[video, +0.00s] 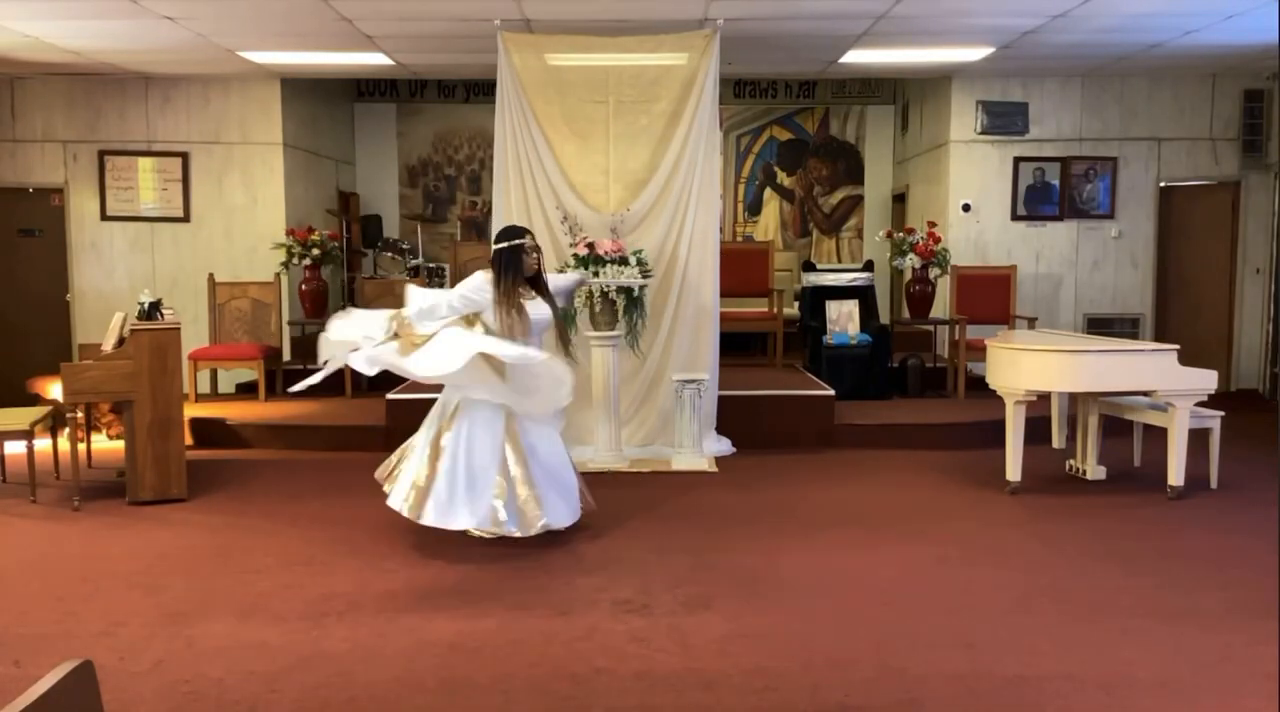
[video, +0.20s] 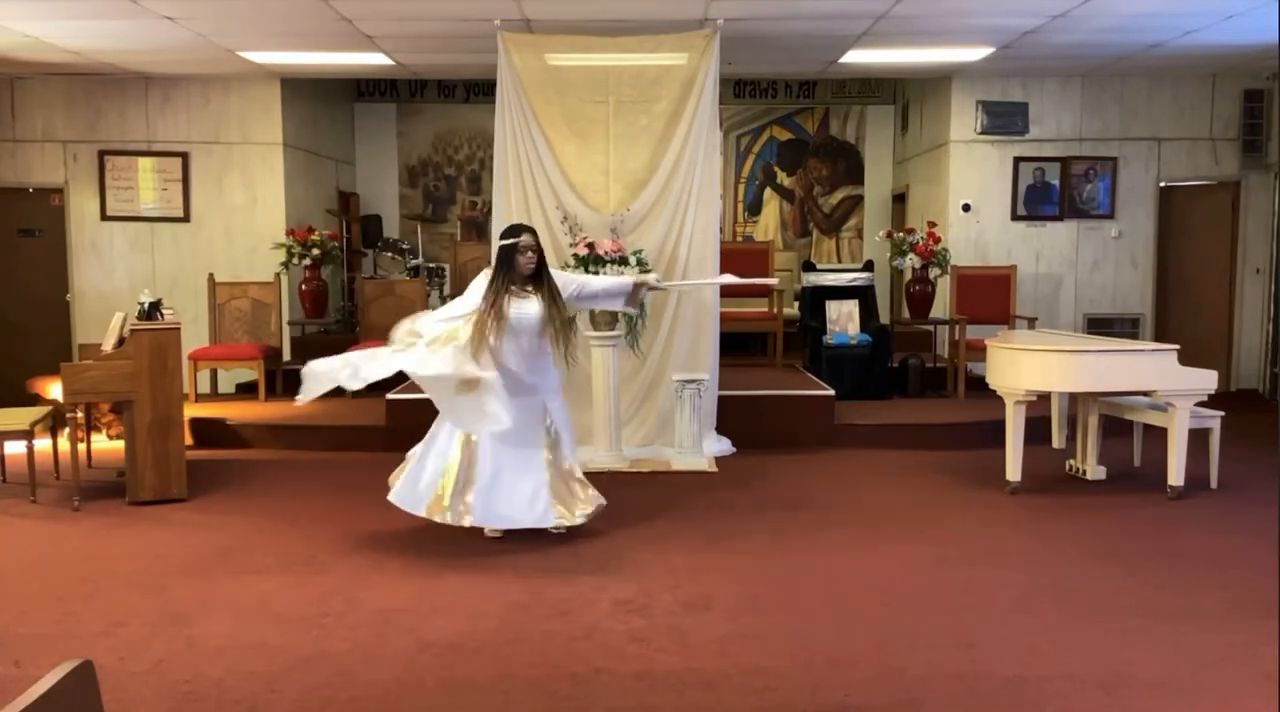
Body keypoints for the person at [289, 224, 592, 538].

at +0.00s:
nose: (536, 256)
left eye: (535, 250)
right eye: (530, 251)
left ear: (521, 255)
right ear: (513, 256)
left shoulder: (534, 286)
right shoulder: (485, 284)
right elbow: (443, 305)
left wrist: (586, 275)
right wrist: (402, 316)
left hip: (527, 383)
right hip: (488, 384)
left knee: (534, 446)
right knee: (485, 447)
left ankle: (537, 515)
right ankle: (484, 517)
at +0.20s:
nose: (531, 257)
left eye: (535, 251)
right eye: (523, 252)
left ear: (540, 254)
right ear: (506, 256)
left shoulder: (551, 285)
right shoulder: (489, 285)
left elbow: (590, 286)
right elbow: (454, 314)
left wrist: (632, 284)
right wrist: (418, 330)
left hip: (540, 380)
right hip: (497, 381)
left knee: (540, 447)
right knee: (497, 449)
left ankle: (544, 511)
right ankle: (493, 517)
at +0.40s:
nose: (513, 258)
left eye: (520, 252)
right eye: (506, 252)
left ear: (530, 257)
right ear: (496, 258)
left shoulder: (545, 292)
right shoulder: (484, 306)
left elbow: (595, 302)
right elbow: (454, 348)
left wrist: (639, 305)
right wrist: (412, 370)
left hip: (543, 388)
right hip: (499, 390)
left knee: (550, 452)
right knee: (497, 453)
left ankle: (554, 520)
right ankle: (496, 521)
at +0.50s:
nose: (500, 259)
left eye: (508, 252)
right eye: (494, 252)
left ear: (520, 256)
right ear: (487, 258)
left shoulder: (530, 286)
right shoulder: (482, 300)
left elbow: (557, 324)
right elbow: (468, 350)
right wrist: (423, 375)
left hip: (535, 376)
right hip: (496, 380)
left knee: (538, 443)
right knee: (493, 443)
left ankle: (550, 515)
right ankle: (498, 513)